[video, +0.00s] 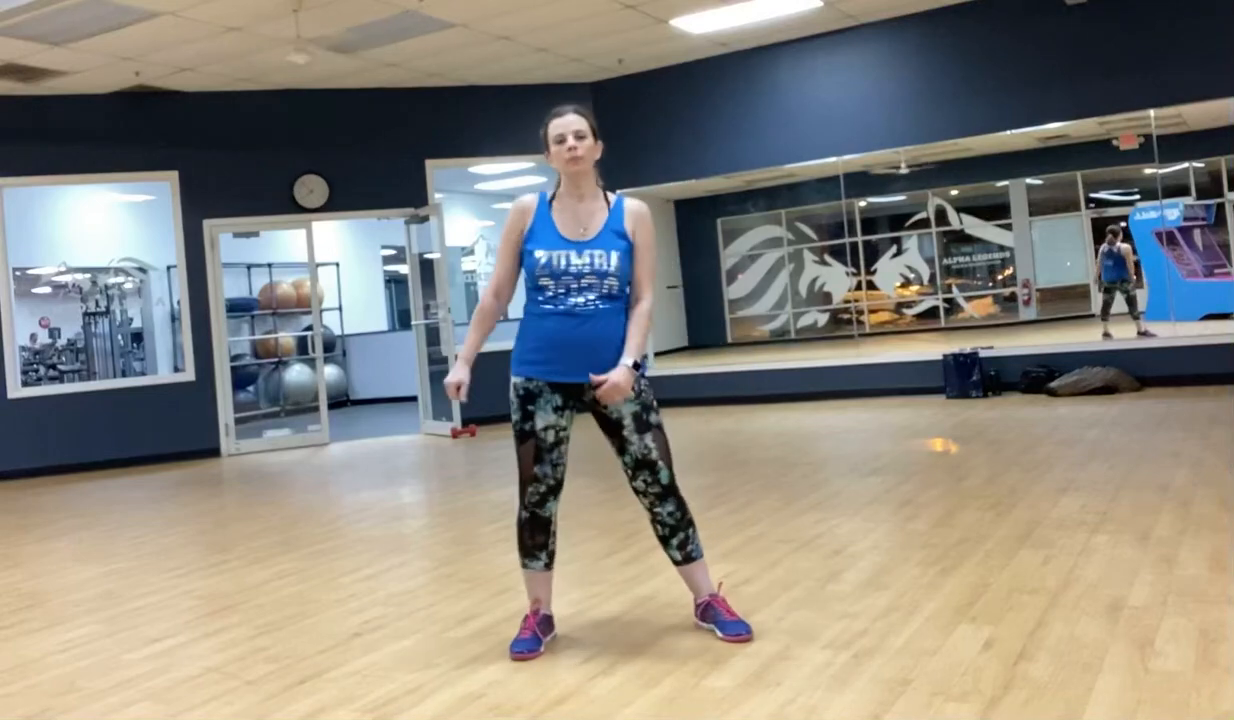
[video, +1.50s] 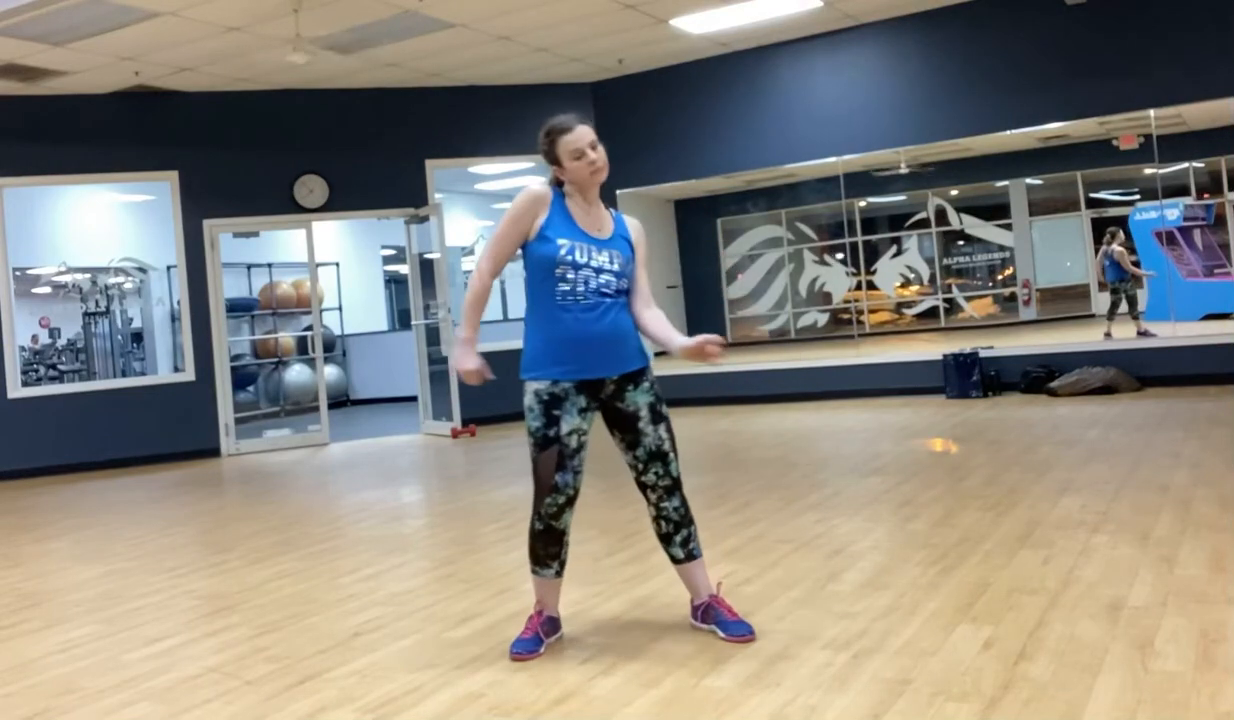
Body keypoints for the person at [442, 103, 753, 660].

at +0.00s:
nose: (571, 146)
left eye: (579, 137)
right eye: (560, 140)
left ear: (598, 146)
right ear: (547, 154)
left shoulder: (632, 213)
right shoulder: (526, 214)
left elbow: (642, 299)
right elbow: (496, 296)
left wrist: (627, 364)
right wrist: (465, 359)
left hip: (614, 373)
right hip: (540, 378)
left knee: (658, 485)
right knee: (537, 496)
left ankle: (708, 600)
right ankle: (538, 613)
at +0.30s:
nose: (578, 145)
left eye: (586, 136)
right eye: (568, 139)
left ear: (604, 143)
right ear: (555, 152)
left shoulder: (640, 198)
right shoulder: (543, 220)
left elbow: (676, 279)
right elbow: (529, 307)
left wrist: (659, 349)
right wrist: (502, 375)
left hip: (635, 371)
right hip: (564, 377)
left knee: (666, 486)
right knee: (552, 494)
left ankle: (709, 600)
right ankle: (540, 613)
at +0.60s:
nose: (598, 143)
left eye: (605, 135)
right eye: (587, 137)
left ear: (619, 144)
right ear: (571, 152)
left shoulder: (652, 187)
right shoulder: (562, 223)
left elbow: (709, 254)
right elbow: (565, 310)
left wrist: (716, 330)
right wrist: (561, 382)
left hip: (673, 365)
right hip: (599, 376)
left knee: (689, 482)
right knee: (573, 490)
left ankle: (711, 600)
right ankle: (545, 612)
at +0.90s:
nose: (634, 154)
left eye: (637, 146)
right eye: (623, 146)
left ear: (638, 152)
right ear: (590, 153)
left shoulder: (662, 202)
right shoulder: (560, 228)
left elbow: (728, 272)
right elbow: (562, 316)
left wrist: (776, 321)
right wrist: (584, 380)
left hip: (690, 362)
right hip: (617, 375)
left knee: (697, 480)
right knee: (588, 492)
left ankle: (710, 600)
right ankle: (549, 612)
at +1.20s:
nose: (624, 164)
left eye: (627, 154)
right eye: (611, 156)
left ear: (629, 158)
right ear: (580, 161)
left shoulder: (641, 227)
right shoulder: (545, 212)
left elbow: (688, 298)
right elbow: (516, 292)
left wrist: (749, 339)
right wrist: (540, 362)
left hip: (662, 370)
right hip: (590, 381)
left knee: (680, 485)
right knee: (576, 499)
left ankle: (709, 600)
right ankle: (548, 614)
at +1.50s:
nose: (594, 157)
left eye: (595, 147)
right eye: (580, 155)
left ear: (604, 150)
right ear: (559, 169)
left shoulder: (628, 229)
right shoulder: (539, 202)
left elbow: (643, 307)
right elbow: (486, 270)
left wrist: (683, 344)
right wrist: (464, 342)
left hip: (626, 371)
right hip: (555, 377)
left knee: (664, 482)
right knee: (554, 496)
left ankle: (705, 601)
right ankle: (546, 614)